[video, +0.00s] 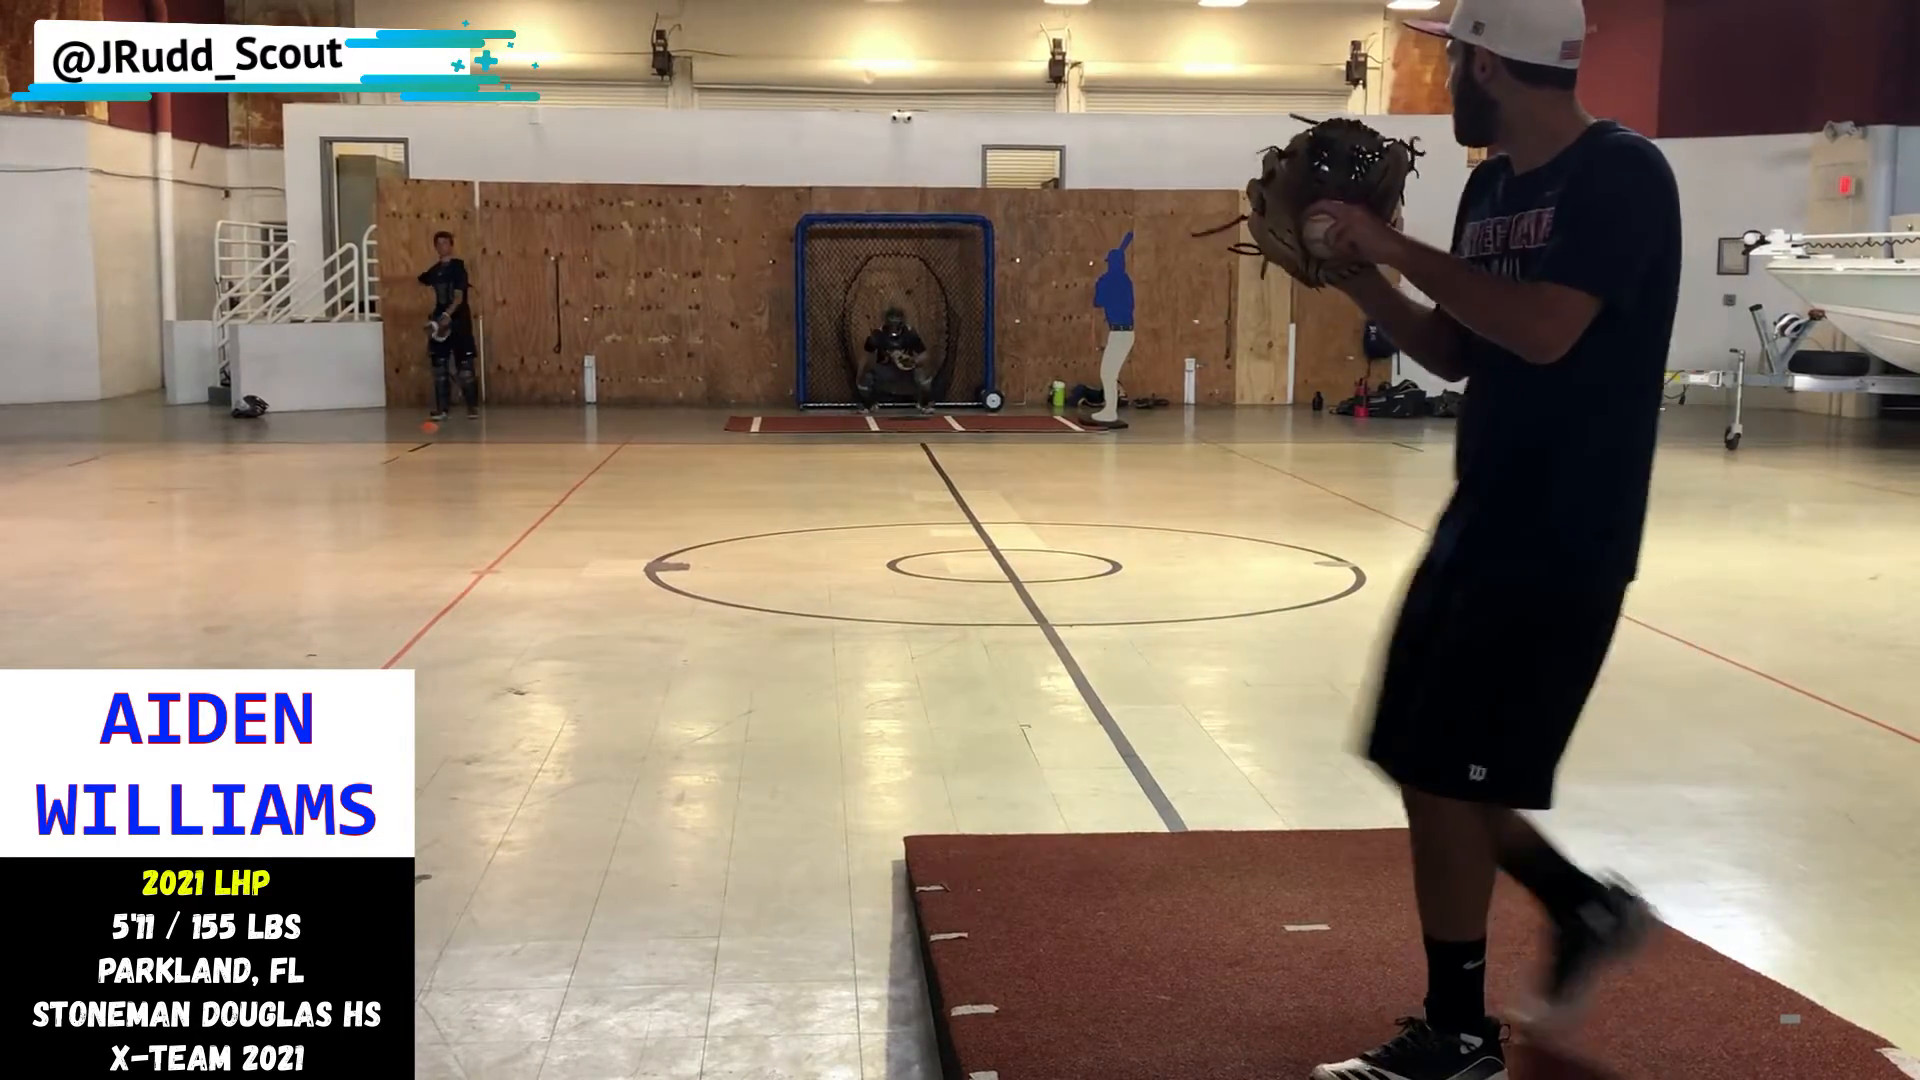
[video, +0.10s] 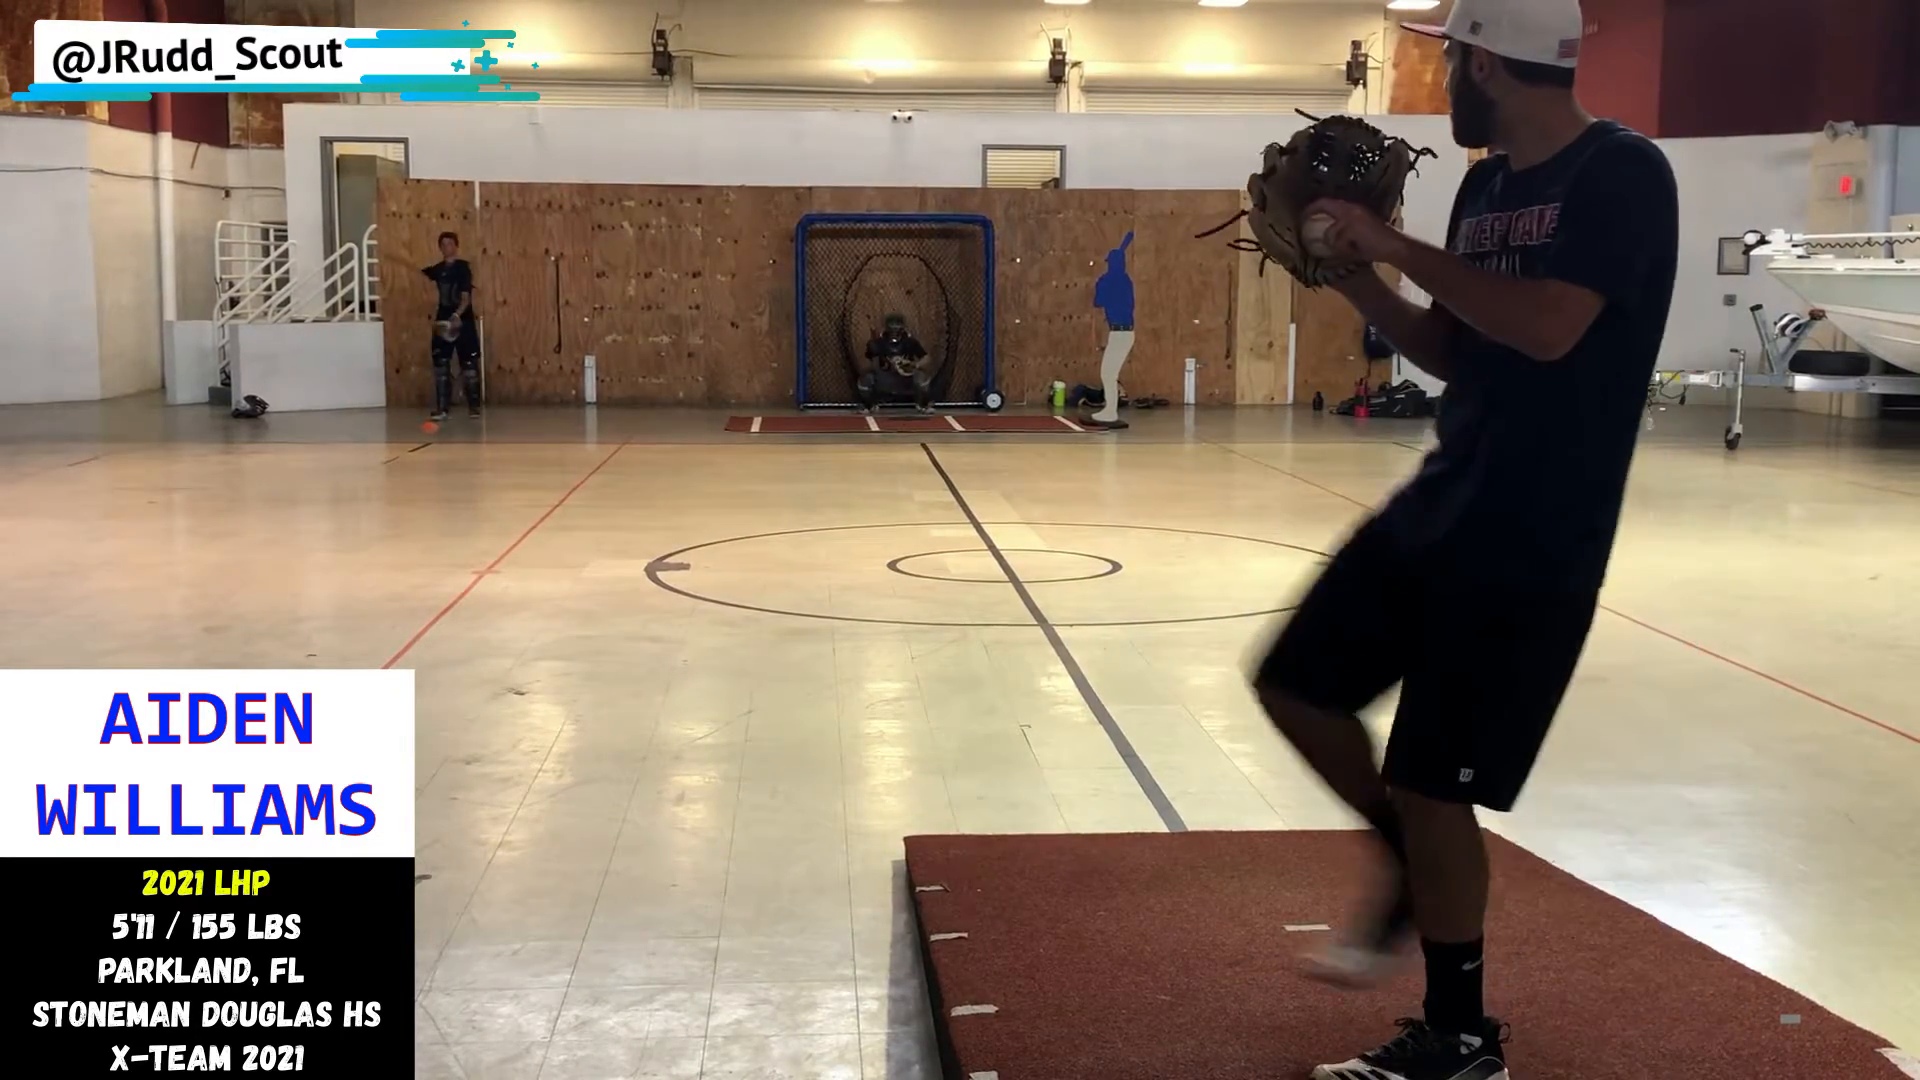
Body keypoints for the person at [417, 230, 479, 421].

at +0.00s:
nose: (442, 247)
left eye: (445, 243)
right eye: (439, 244)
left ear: (451, 245)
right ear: (435, 248)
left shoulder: (458, 266)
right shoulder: (435, 270)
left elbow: (459, 297)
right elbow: (422, 280)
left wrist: (446, 316)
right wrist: (439, 265)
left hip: (459, 319)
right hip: (440, 318)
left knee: (464, 363)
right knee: (439, 363)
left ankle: (472, 406)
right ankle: (442, 407)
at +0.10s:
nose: (447, 247)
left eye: (450, 244)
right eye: (443, 245)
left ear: (456, 246)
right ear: (440, 248)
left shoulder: (463, 267)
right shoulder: (438, 269)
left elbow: (466, 297)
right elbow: (417, 272)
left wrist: (457, 315)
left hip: (463, 318)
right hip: (443, 317)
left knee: (468, 362)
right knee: (441, 362)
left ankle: (474, 406)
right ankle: (442, 407)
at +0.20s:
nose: (452, 249)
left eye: (455, 245)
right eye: (449, 246)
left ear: (461, 248)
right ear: (444, 249)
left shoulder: (467, 269)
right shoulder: (442, 268)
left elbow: (474, 294)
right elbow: (427, 261)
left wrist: (477, 317)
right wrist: (410, 246)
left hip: (466, 320)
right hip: (447, 320)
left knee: (471, 363)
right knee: (443, 360)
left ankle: (475, 406)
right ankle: (442, 406)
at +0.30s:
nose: (456, 250)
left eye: (459, 247)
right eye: (453, 247)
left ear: (464, 249)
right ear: (449, 250)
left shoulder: (471, 270)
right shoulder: (445, 268)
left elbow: (480, 299)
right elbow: (434, 258)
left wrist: (483, 324)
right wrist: (425, 240)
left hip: (469, 321)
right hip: (449, 320)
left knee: (473, 363)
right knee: (444, 360)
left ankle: (475, 406)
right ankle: (442, 406)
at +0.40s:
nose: (461, 250)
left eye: (464, 246)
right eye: (457, 246)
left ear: (468, 249)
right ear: (452, 249)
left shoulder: (475, 270)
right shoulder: (447, 267)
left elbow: (489, 292)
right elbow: (435, 254)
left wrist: (512, 317)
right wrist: (427, 233)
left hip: (471, 320)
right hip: (451, 319)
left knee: (474, 362)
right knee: (444, 359)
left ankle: (475, 406)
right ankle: (443, 404)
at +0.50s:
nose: (465, 249)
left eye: (468, 246)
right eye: (462, 246)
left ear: (472, 248)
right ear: (456, 248)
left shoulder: (478, 269)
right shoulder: (449, 267)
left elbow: (493, 291)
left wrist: (515, 313)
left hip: (474, 319)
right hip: (454, 318)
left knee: (476, 361)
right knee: (445, 358)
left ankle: (476, 406)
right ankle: (443, 404)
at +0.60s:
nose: (468, 249)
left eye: (471, 245)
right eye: (464, 246)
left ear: (475, 248)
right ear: (458, 248)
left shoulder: (482, 269)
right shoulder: (452, 267)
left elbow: (495, 294)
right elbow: (436, 284)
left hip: (476, 320)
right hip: (455, 319)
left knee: (477, 362)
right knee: (446, 359)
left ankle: (476, 406)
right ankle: (443, 403)